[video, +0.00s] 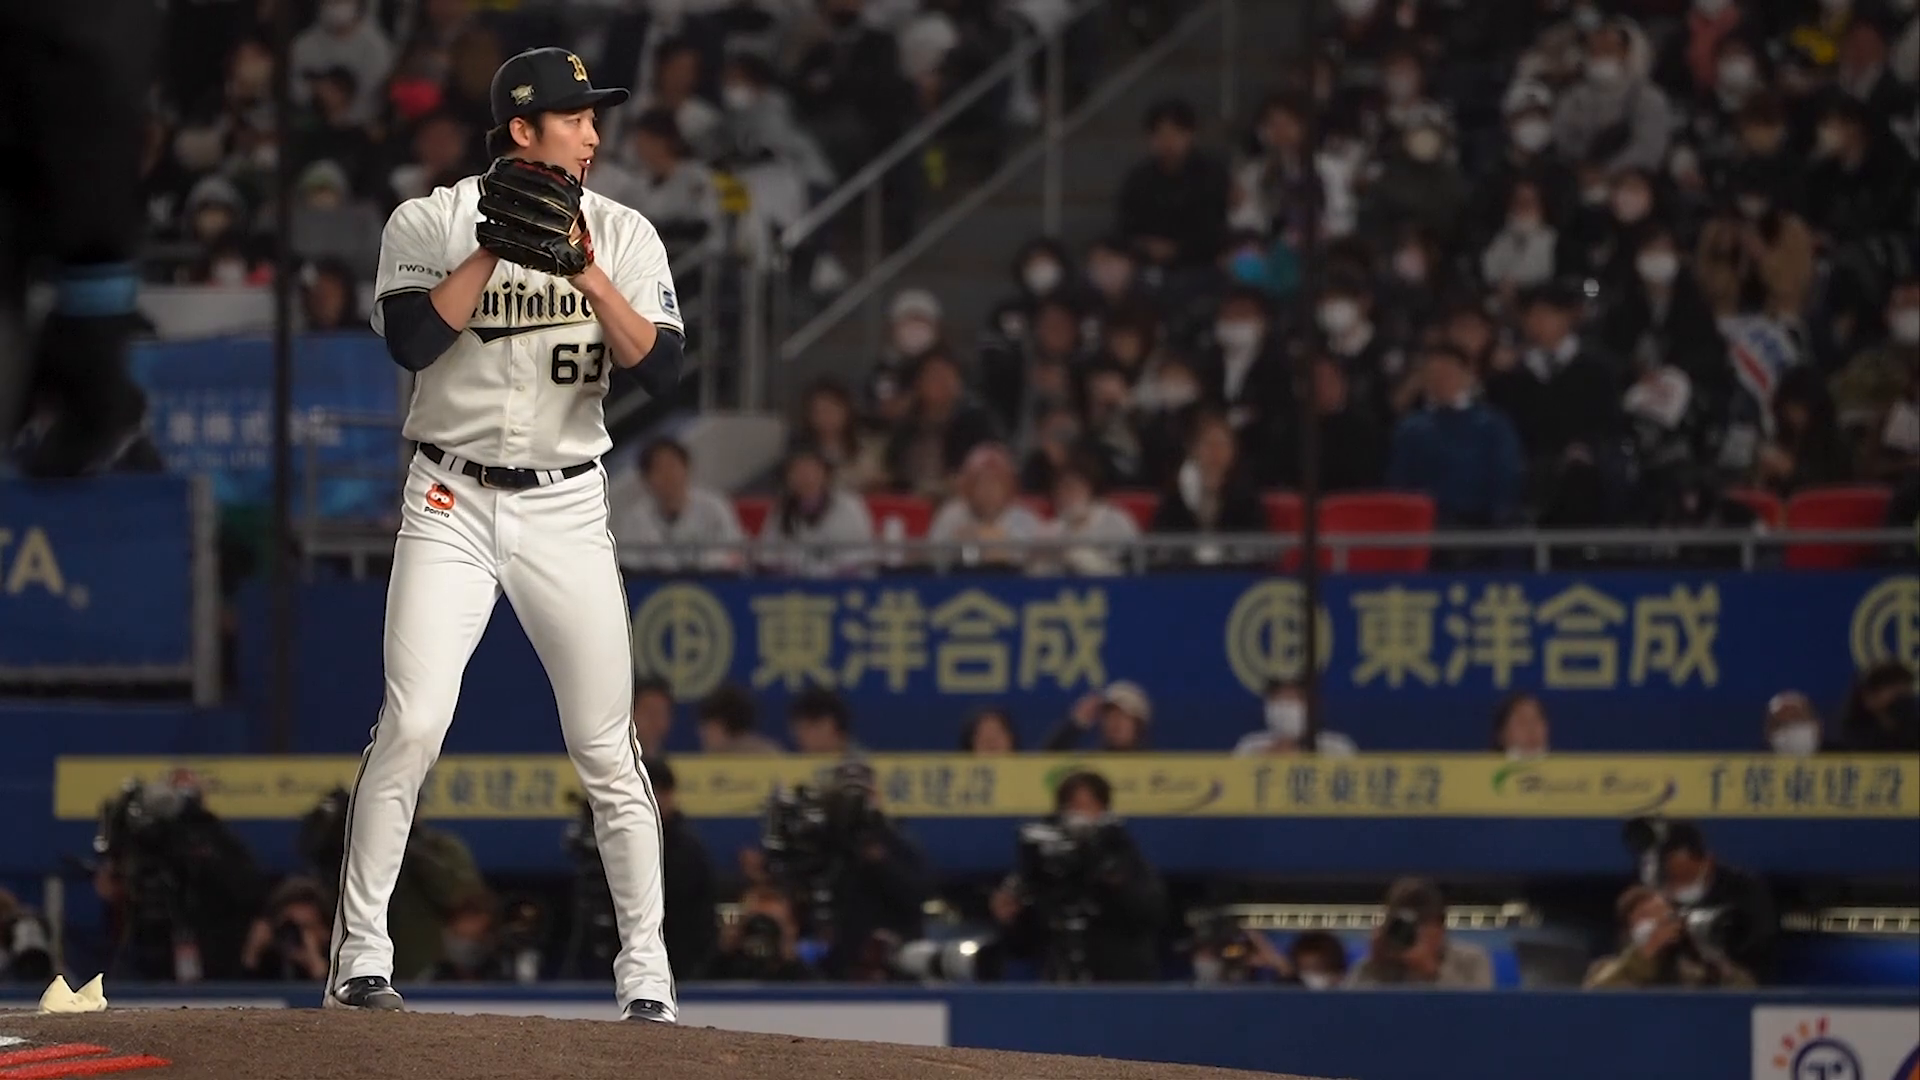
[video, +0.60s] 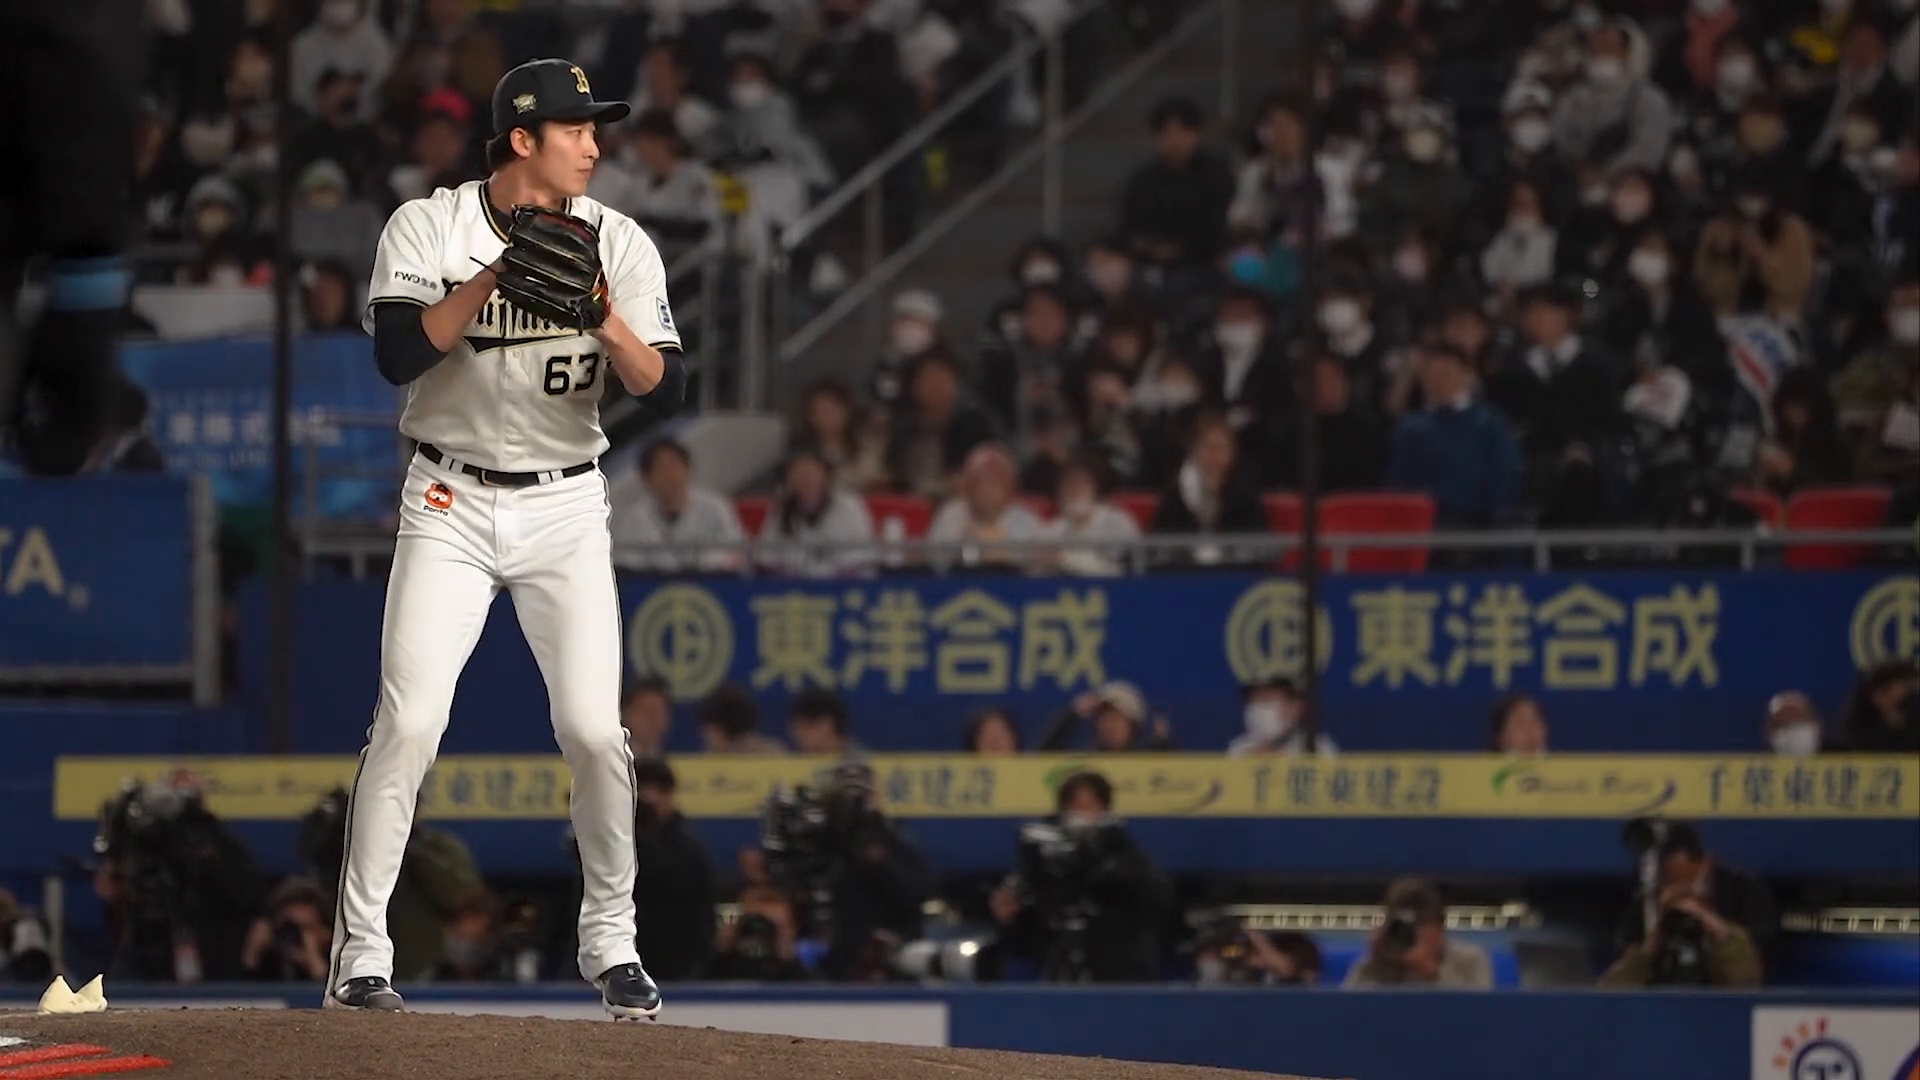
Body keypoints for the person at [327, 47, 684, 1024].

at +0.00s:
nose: (590, 131)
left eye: (593, 115)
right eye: (571, 115)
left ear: (589, 130)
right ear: (518, 127)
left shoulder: (626, 235)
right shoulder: (429, 221)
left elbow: (660, 372)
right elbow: (409, 345)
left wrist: (590, 277)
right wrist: (493, 248)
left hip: (567, 512)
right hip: (448, 503)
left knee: (605, 749)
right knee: (412, 722)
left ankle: (647, 978)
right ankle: (360, 959)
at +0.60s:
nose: (594, 146)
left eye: (596, 130)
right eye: (577, 129)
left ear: (584, 142)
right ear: (520, 137)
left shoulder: (624, 244)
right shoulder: (428, 223)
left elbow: (656, 386)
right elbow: (395, 354)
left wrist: (603, 317)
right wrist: (497, 276)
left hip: (569, 509)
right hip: (449, 503)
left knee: (595, 732)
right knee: (409, 721)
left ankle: (612, 945)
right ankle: (360, 957)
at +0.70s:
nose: (600, 183)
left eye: (600, 168)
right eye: (582, 168)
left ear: (584, 181)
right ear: (526, 180)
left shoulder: (627, 285)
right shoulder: (430, 268)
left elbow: (683, 434)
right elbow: (386, 409)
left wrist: (635, 430)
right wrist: (481, 382)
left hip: (575, 529)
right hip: (458, 529)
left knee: (557, 678)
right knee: (413, 729)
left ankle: (537, 861)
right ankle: (363, 948)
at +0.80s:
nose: (602, 248)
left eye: (602, 232)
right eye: (584, 233)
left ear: (595, 241)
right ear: (530, 245)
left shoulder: (634, 349)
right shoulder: (443, 338)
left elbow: (701, 486)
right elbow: (390, 479)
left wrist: (688, 574)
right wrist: (434, 564)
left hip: (590, 567)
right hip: (474, 570)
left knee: (591, 715)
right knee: (425, 743)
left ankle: (551, 929)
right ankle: (362, 954)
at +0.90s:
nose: (619, 312)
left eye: (618, 295)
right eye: (599, 298)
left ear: (612, 305)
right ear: (546, 312)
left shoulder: (656, 405)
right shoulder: (460, 407)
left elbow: (752, 523)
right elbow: (395, 554)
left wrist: (829, 650)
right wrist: (347, 700)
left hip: (625, 618)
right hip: (505, 629)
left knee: (673, 765)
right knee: (451, 762)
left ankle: (739, 930)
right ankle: (365, 962)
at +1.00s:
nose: (673, 369)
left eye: (673, 353)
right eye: (654, 354)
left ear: (660, 366)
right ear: (594, 367)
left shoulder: (709, 449)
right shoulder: (505, 466)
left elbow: (858, 511)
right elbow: (392, 569)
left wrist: (1006, 548)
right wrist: (275, 662)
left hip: (692, 673)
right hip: (569, 687)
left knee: (815, 789)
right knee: (500, 792)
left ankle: (973, 962)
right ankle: (382, 947)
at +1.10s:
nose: (775, 384)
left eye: (773, 369)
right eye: (757, 371)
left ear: (754, 387)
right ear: (699, 388)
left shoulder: (809, 458)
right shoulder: (609, 471)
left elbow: (950, 416)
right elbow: (479, 493)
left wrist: (1091, 418)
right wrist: (373, 559)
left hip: (806, 719)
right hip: (688, 727)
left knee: (995, 801)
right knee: (591, 847)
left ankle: (1160, 984)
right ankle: (406, 953)